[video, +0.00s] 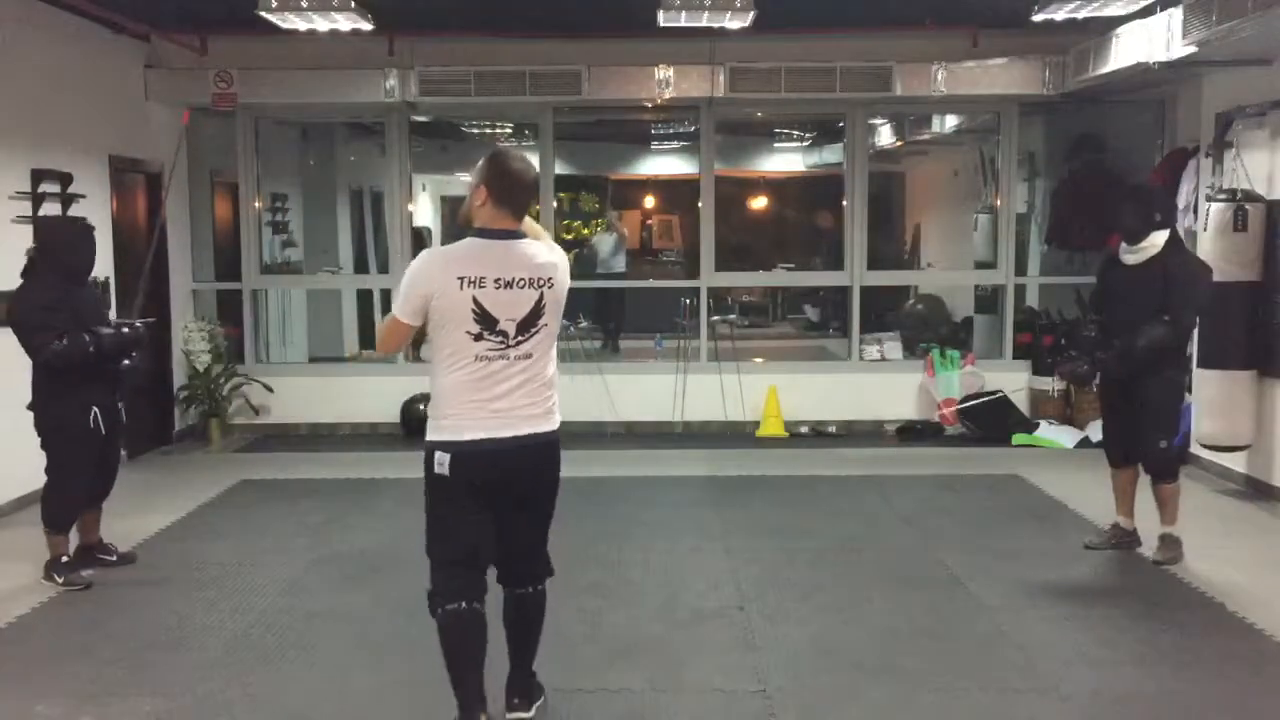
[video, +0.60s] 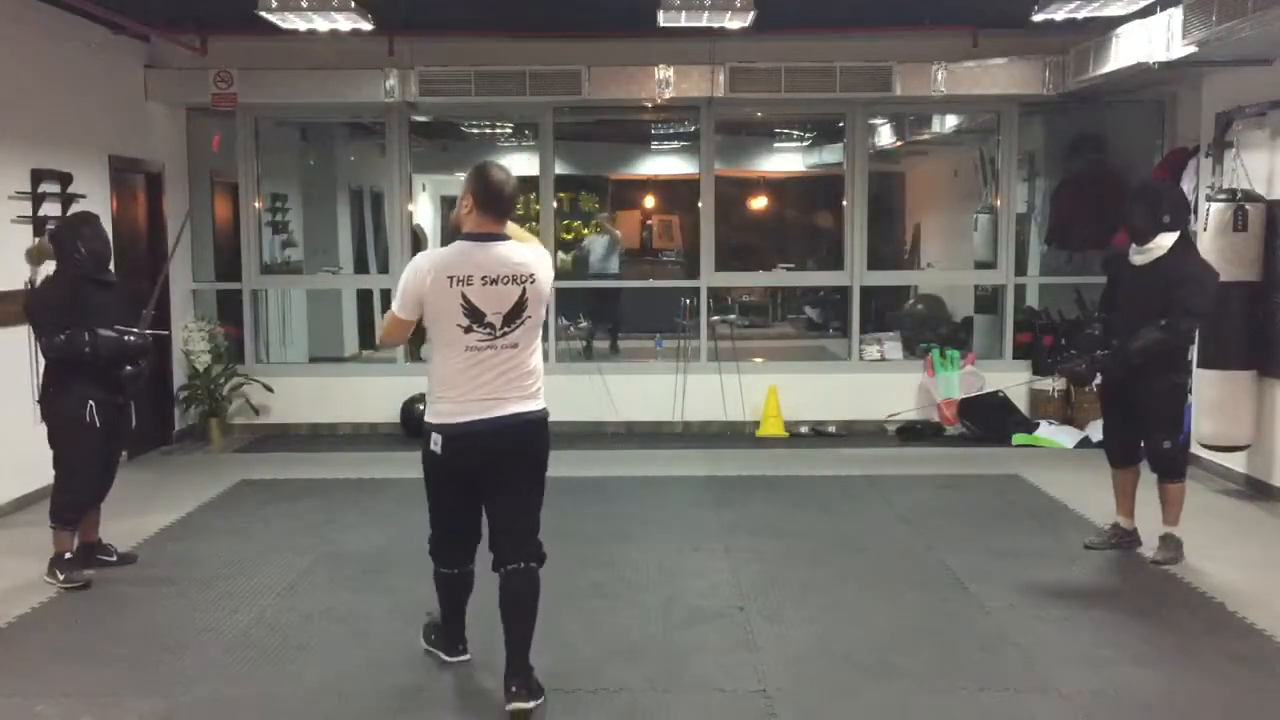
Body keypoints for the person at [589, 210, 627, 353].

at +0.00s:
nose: (610, 221)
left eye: (613, 219)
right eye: (608, 218)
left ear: (618, 221)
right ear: (606, 220)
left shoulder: (621, 235)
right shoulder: (599, 236)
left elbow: (623, 235)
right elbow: (592, 251)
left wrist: (615, 224)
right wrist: (588, 248)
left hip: (617, 273)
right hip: (601, 274)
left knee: (617, 307)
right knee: (601, 307)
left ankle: (615, 339)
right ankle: (606, 337)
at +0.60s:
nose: (602, 224)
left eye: (605, 222)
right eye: (600, 221)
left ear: (611, 222)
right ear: (597, 223)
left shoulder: (614, 237)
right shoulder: (591, 238)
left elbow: (616, 236)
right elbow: (582, 251)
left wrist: (603, 223)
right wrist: (577, 249)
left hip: (611, 276)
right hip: (593, 276)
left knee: (613, 311)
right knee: (592, 311)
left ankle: (614, 342)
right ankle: (588, 344)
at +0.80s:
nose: (598, 225)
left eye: (602, 222)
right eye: (596, 222)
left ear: (606, 223)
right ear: (592, 223)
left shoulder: (609, 237)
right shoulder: (582, 237)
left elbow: (612, 236)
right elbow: (573, 254)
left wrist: (599, 224)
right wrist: (573, 273)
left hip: (604, 277)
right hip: (586, 277)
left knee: (608, 312)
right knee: (586, 314)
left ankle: (613, 344)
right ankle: (587, 347)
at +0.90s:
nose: (594, 223)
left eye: (596, 220)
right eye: (591, 220)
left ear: (600, 222)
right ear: (586, 222)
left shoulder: (606, 237)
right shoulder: (580, 238)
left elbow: (612, 239)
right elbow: (570, 251)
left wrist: (599, 228)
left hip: (602, 277)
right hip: (585, 277)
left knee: (605, 311)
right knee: (585, 313)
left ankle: (610, 342)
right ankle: (587, 346)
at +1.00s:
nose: (593, 223)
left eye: (595, 220)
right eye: (590, 220)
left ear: (599, 221)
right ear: (585, 222)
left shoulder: (603, 235)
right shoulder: (579, 237)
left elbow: (615, 243)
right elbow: (570, 250)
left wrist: (601, 234)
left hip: (601, 276)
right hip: (584, 276)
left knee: (604, 310)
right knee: (585, 312)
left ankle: (607, 341)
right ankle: (587, 346)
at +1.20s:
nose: (590, 223)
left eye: (593, 220)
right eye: (588, 220)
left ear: (597, 222)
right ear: (583, 222)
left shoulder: (603, 237)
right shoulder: (576, 237)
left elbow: (619, 250)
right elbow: (568, 252)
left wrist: (607, 253)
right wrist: (585, 257)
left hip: (600, 279)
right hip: (582, 280)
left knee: (602, 313)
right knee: (582, 315)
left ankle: (606, 345)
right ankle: (587, 346)